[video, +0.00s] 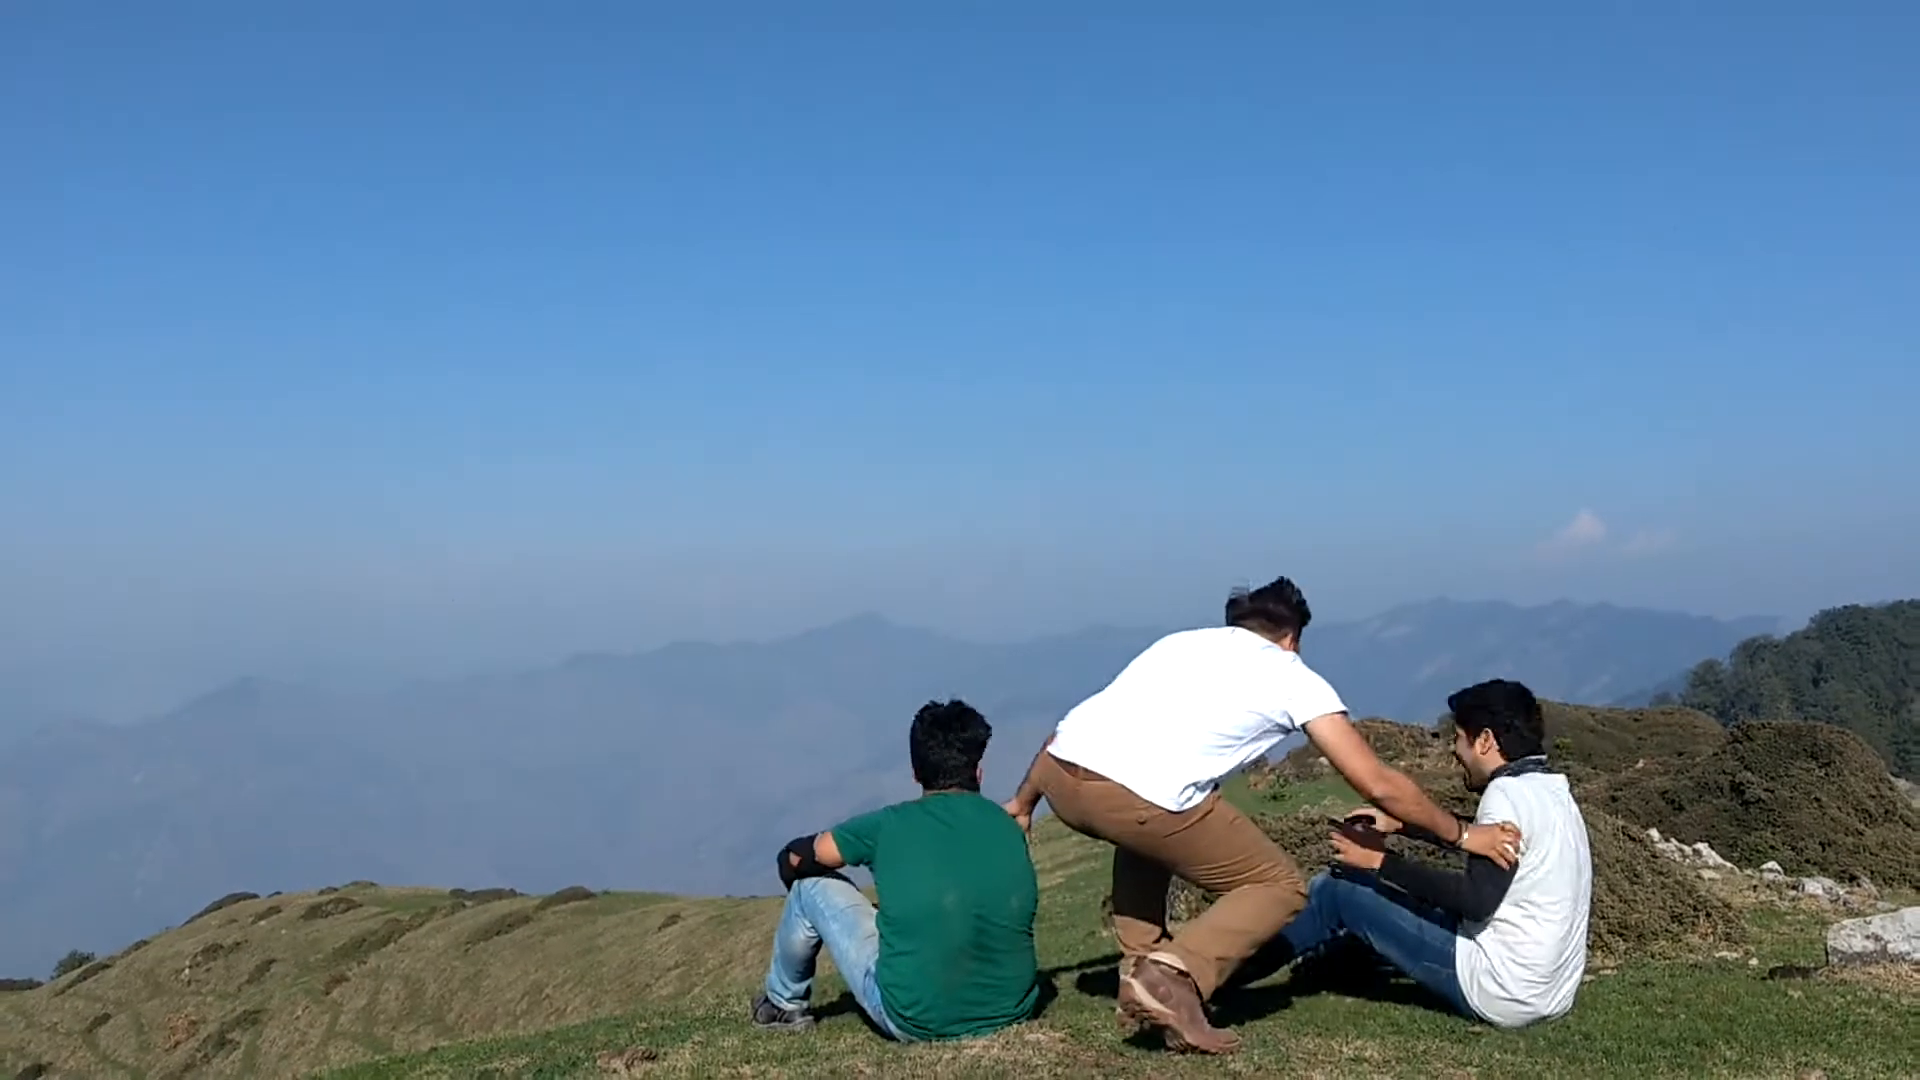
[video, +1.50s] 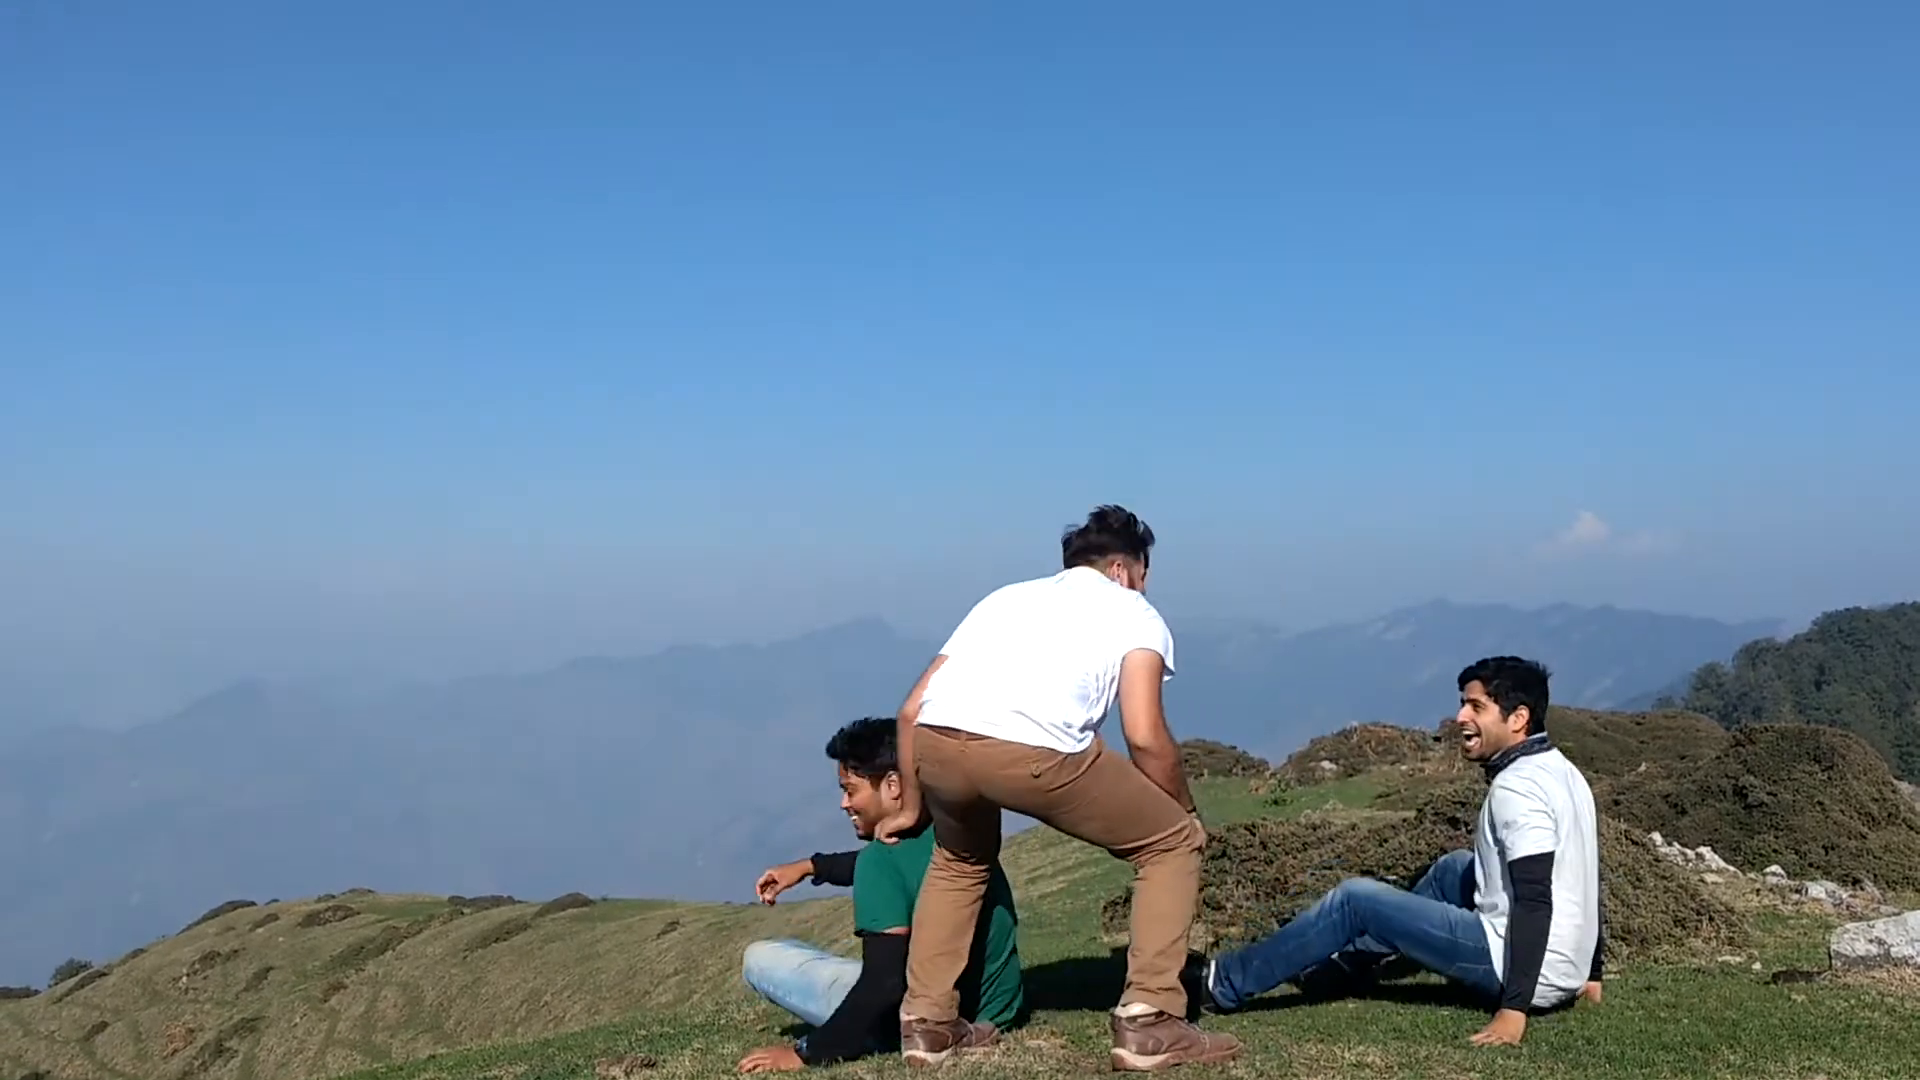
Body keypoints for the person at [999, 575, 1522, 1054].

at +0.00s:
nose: (1300, 651)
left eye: (1298, 645)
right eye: (1302, 644)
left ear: (1236, 623)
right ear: (1291, 637)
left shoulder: (1179, 643)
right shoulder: (1291, 676)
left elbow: (1075, 724)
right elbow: (1378, 785)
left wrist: (1022, 798)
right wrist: (1463, 834)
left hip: (1065, 777)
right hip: (1143, 797)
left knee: (1148, 829)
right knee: (1276, 882)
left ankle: (1143, 970)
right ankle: (1177, 970)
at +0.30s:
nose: (1299, 652)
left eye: (1297, 643)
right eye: (1300, 643)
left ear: (1240, 620)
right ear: (1291, 635)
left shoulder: (1182, 635)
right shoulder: (1295, 674)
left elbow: (1082, 706)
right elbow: (1384, 791)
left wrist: (1031, 800)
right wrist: (1456, 840)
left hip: (1064, 755)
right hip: (1136, 778)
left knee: (1162, 822)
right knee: (1272, 874)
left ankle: (1149, 965)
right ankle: (1171, 981)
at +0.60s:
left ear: (1187, 547)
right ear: (1251, 560)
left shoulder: (1140, 562)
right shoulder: (1267, 590)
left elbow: (1032, 655)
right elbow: (1343, 727)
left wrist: (1013, 746)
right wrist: (1313, 791)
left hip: (1062, 686)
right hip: (1154, 705)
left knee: (1115, 837)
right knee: (1228, 850)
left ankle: (1125, 978)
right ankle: (1158, 1009)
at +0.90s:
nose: (1226, 564)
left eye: (1226, 557)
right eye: (1228, 556)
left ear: (1158, 538)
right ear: (1217, 550)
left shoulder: (1097, 559)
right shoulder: (1231, 587)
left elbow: (996, 667)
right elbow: (1253, 703)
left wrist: (945, 763)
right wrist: (1220, 782)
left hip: (1028, 687)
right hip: (1122, 703)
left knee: (1024, 831)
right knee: (1201, 842)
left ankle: (953, 1004)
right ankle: (1152, 1015)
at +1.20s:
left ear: (1090, 568)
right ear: (1152, 579)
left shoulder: (1033, 589)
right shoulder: (1166, 614)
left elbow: (939, 700)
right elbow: (1169, 733)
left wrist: (926, 801)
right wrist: (1188, 820)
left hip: (957, 726)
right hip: (1051, 738)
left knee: (976, 851)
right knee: (1176, 842)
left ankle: (928, 1020)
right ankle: (1150, 1020)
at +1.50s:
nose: (1144, 586)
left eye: (1145, 574)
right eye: (1143, 573)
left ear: (1072, 562)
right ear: (1122, 568)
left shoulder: (1004, 598)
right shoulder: (1134, 614)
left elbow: (911, 710)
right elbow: (1146, 739)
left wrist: (915, 807)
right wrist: (1183, 816)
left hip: (936, 743)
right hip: (1030, 753)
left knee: (962, 853)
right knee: (1172, 841)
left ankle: (927, 1022)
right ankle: (1149, 1021)